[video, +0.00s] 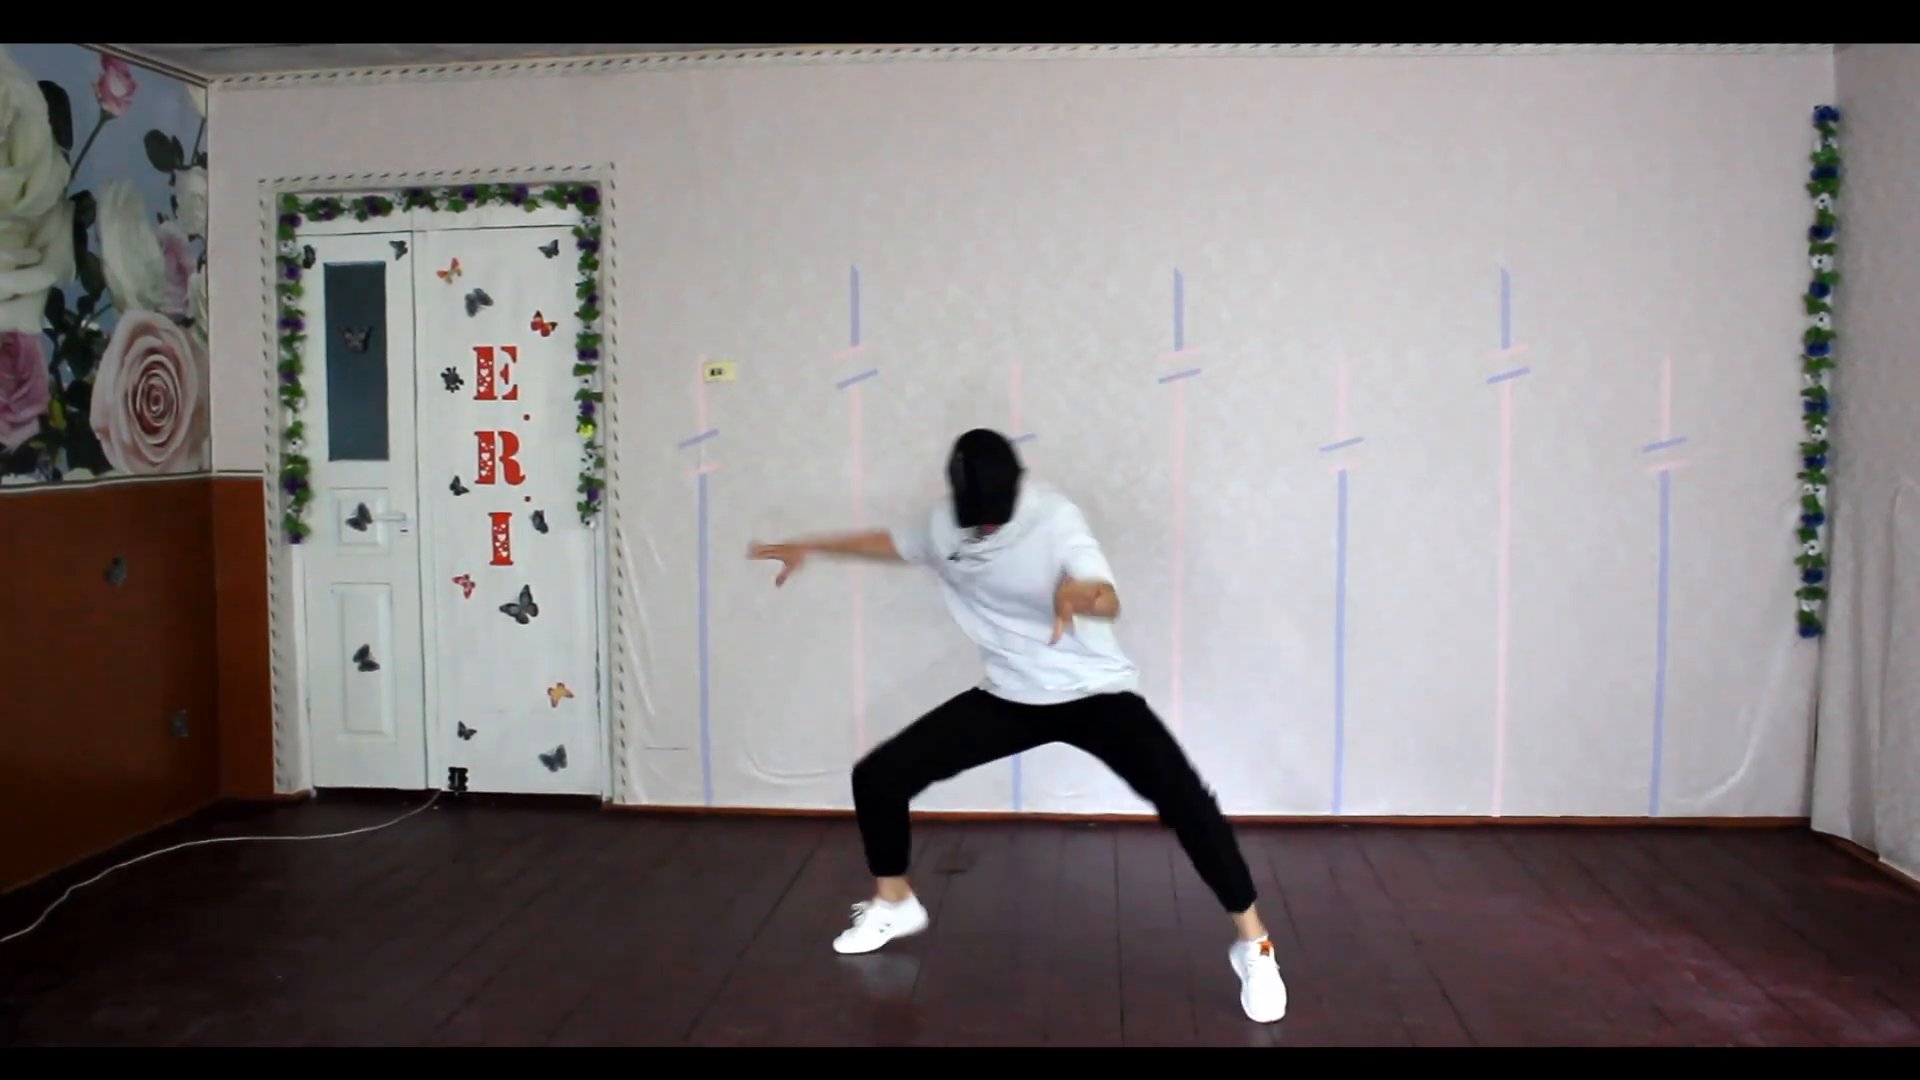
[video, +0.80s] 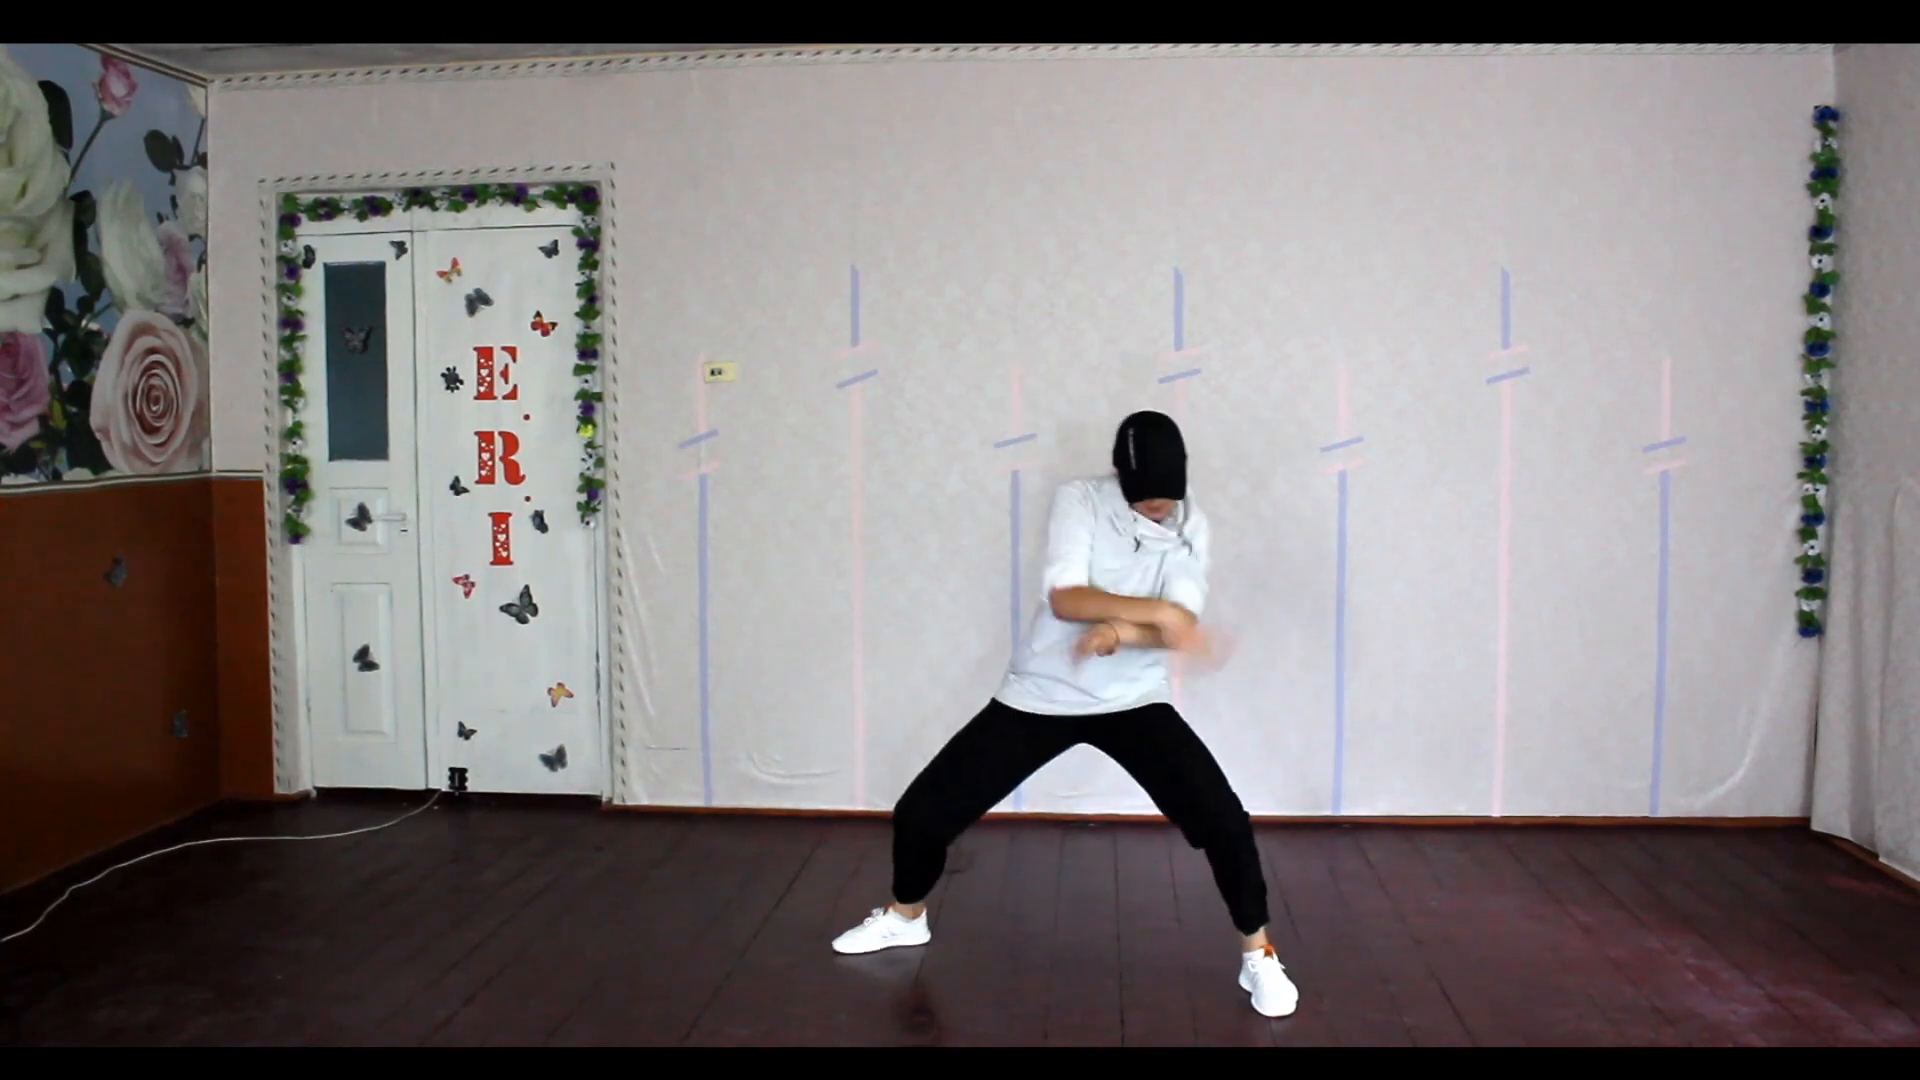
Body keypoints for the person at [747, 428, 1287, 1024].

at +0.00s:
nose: (982, 531)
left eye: (992, 521)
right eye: (971, 521)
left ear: (1014, 497)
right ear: (954, 501)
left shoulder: (1054, 520)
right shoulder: (940, 529)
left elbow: (1107, 598)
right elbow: (889, 546)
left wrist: (1071, 595)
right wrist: (807, 548)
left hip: (1097, 698)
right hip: (1007, 699)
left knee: (1187, 803)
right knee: (879, 779)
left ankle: (1255, 945)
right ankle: (894, 903)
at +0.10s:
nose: (1021, 534)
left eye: (1030, 523)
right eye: (1008, 525)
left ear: (1048, 494)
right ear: (986, 501)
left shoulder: (1087, 538)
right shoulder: (968, 540)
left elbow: (1111, 645)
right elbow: (946, 589)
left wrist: (1080, 632)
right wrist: (862, 595)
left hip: (1096, 715)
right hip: (1008, 711)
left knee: (1169, 836)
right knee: (887, 799)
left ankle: (1253, 958)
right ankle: (904, 914)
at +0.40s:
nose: (971, 529)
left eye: (980, 515)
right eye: (959, 519)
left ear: (1002, 485)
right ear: (942, 502)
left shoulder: (1049, 508)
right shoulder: (943, 540)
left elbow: (1093, 571)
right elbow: (870, 586)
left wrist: (1085, 598)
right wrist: (832, 532)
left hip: (1108, 689)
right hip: (1017, 691)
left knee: (1196, 809)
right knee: (895, 784)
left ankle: (1264, 947)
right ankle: (891, 903)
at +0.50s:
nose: (997, 496)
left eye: (1005, 485)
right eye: (988, 486)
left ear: (1021, 472)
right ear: (975, 478)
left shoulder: (1072, 500)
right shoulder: (967, 532)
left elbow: (1106, 589)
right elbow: (917, 592)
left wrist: (1056, 599)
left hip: (1114, 684)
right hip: (1022, 688)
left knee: (1209, 797)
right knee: (902, 786)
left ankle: (1267, 939)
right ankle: (891, 904)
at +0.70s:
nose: (1145, 505)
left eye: (1154, 493)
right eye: (1133, 495)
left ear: (1165, 474)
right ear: (1109, 474)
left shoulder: (1175, 517)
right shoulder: (1065, 497)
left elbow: (1166, 613)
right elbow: (1050, 589)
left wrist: (1090, 646)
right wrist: (1146, 618)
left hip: (1127, 704)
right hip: (1032, 699)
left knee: (1219, 818)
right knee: (920, 813)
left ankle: (1258, 953)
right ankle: (905, 916)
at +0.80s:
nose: (1159, 515)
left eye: (1169, 504)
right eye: (1147, 505)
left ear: (1183, 481)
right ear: (1123, 480)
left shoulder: (1193, 526)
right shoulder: (1080, 500)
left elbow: (1176, 622)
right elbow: (1064, 598)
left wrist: (1123, 631)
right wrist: (1162, 611)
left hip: (1135, 704)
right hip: (1039, 698)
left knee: (1225, 823)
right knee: (919, 816)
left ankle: (1258, 953)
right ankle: (905, 916)